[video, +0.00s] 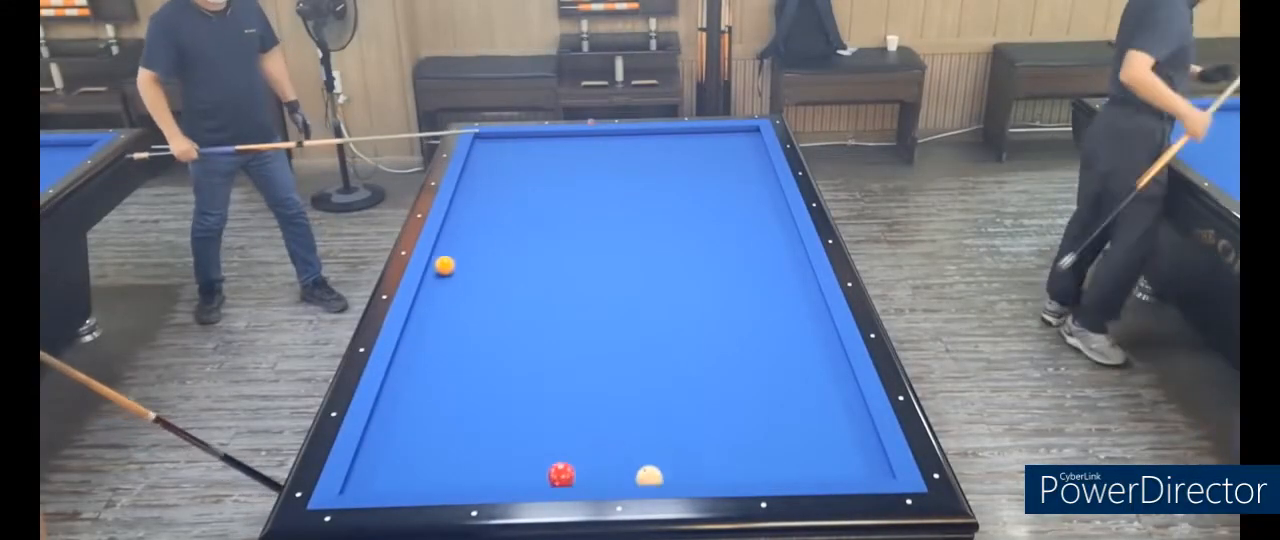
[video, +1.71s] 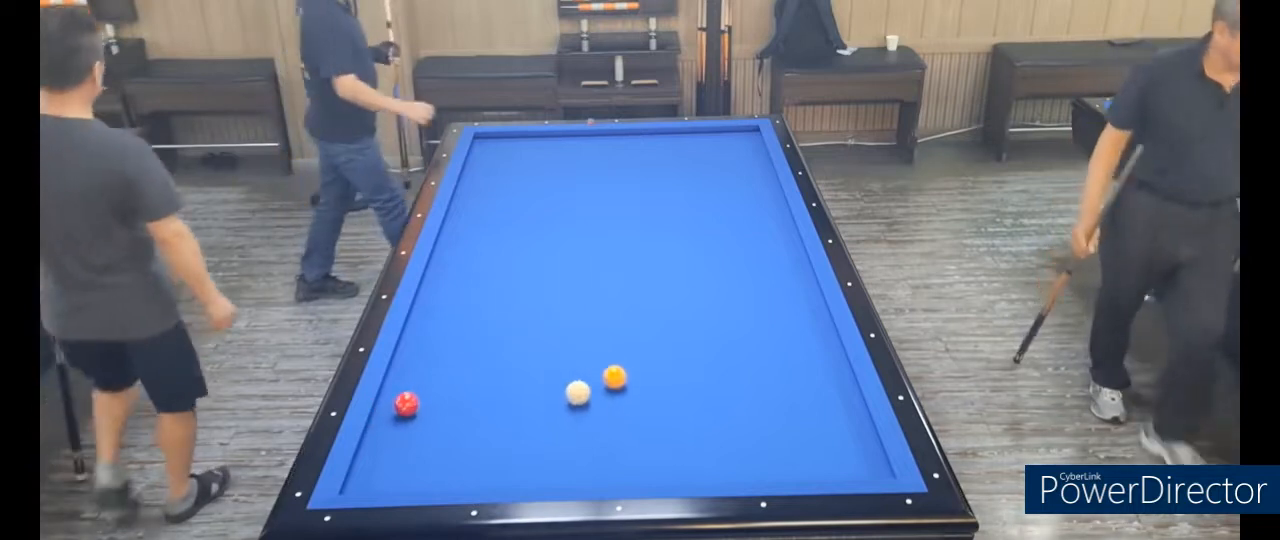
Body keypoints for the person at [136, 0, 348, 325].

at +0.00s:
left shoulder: (247, 7)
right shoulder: (168, 20)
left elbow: (270, 54)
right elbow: (147, 80)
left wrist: (293, 105)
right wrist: (175, 137)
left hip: (262, 136)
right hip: (210, 145)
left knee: (292, 209)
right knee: (209, 222)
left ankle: (313, 283)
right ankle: (210, 291)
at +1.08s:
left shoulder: (275, 8)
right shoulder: (207, 20)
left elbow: (291, 57)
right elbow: (186, 80)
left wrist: (317, 88)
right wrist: (226, 129)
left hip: (296, 137)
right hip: (251, 146)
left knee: (319, 203)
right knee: (240, 222)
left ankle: (313, 280)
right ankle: (212, 290)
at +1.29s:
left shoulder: (299, 5)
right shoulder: (237, 15)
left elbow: (312, 42)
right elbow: (230, 80)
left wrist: (337, 59)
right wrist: (278, 123)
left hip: (317, 129)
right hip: (282, 138)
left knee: (324, 209)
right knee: (296, 214)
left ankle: (313, 280)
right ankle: (262, 285)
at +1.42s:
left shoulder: (307, 4)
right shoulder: (257, 11)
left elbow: (318, 39)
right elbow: (257, 80)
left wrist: (349, 52)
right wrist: (312, 116)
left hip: (324, 125)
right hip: (296, 132)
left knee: (324, 206)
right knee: (327, 209)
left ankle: (310, 280)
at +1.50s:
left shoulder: (310, 5)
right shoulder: (267, 12)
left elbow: (322, 42)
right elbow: (271, 80)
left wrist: (355, 50)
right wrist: (329, 113)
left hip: (327, 128)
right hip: (305, 133)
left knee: (320, 208)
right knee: (340, 210)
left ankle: (312, 280)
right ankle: (362, 288)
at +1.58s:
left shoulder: (321, 6)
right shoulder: (290, 11)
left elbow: (326, 48)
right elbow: (298, 84)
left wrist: (361, 48)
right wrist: (356, 110)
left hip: (335, 128)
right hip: (319, 132)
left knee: (323, 206)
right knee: (361, 205)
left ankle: (313, 279)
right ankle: (395, 270)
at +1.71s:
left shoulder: (331, 9)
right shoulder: (326, 15)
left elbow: (337, 55)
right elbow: (345, 86)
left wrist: (374, 53)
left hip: (334, 128)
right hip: (347, 132)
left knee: (333, 204)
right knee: (390, 202)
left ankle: (313, 278)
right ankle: (424, 273)